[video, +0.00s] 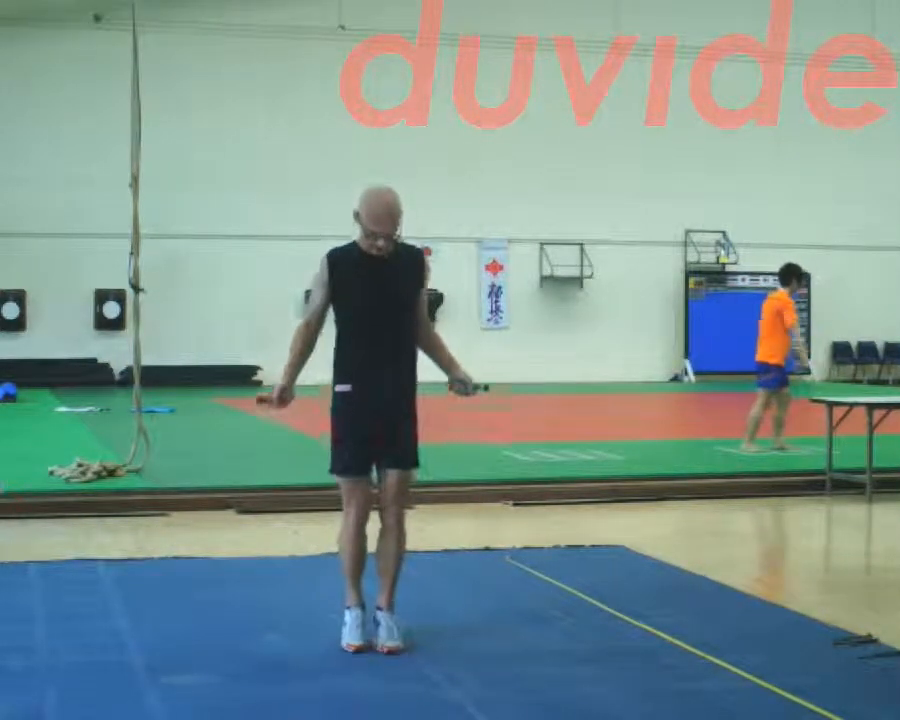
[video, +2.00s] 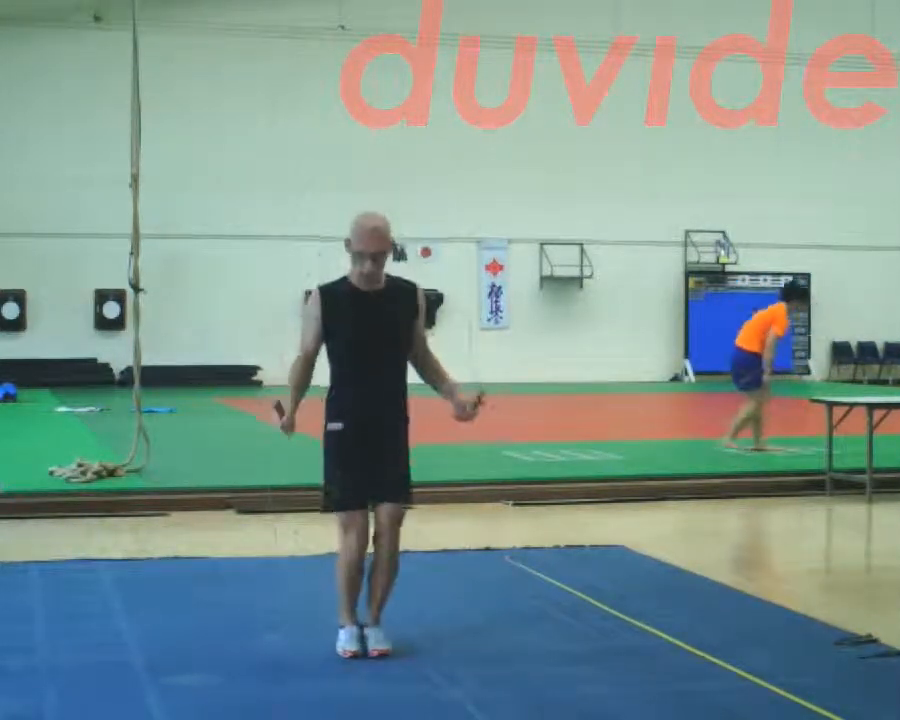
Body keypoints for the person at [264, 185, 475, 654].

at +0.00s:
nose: (382, 244)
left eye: (390, 235)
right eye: (374, 236)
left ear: (401, 223)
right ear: (358, 221)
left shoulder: (414, 262)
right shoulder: (335, 264)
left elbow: (421, 328)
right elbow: (310, 325)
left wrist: (454, 371)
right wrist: (287, 380)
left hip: (399, 396)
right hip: (353, 397)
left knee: (394, 505)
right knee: (357, 506)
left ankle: (385, 611)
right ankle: (353, 609)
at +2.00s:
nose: (371, 267)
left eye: (379, 257)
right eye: (362, 257)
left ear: (391, 251)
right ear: (347, 251)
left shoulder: (410, 296)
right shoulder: (323, 300)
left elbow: (420, 354)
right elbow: (306, 357)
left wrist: (454, 394)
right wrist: (291, 403)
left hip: (392, 424)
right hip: (345, 425)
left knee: (389, 525)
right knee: (354, 529)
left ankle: (373, 623)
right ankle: (348, 624)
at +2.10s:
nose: (369, 250)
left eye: (378, 241)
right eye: (361, 241)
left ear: (390, 234)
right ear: (348, 234)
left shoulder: (409, 279)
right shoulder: (325, 283)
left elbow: (418, 342)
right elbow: (303, 345)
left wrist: (447, 392)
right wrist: (284, 403)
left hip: (391, 407)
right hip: (347, 407)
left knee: (388, 508)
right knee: (353, 511)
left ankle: (374, 619)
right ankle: (348, 620)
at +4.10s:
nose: (379, 215)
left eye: (387, 207)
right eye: (370, 207)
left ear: (398, 201)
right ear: (356, 200)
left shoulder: (416, 239)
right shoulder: (333, 242)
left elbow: (438, 302)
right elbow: (306, 310)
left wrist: (464, 360)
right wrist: (277, 369)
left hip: (393, 353)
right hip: (346, 354)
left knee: (396, 446)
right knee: (364, 440)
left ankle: (384, 540)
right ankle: (360, 537)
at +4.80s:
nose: (376, 228)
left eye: (383, 220)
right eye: (367, 220)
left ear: (393, 219)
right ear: (351, 220)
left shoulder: (414, 266)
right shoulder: (331, 270)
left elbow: (434, 332)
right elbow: (312, 339)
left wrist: (472, 371)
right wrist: (285, 386)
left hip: (395, 394)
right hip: (348, 394)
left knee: (393, 501)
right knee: (355, 503)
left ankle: (384, 603)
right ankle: (352, 604)